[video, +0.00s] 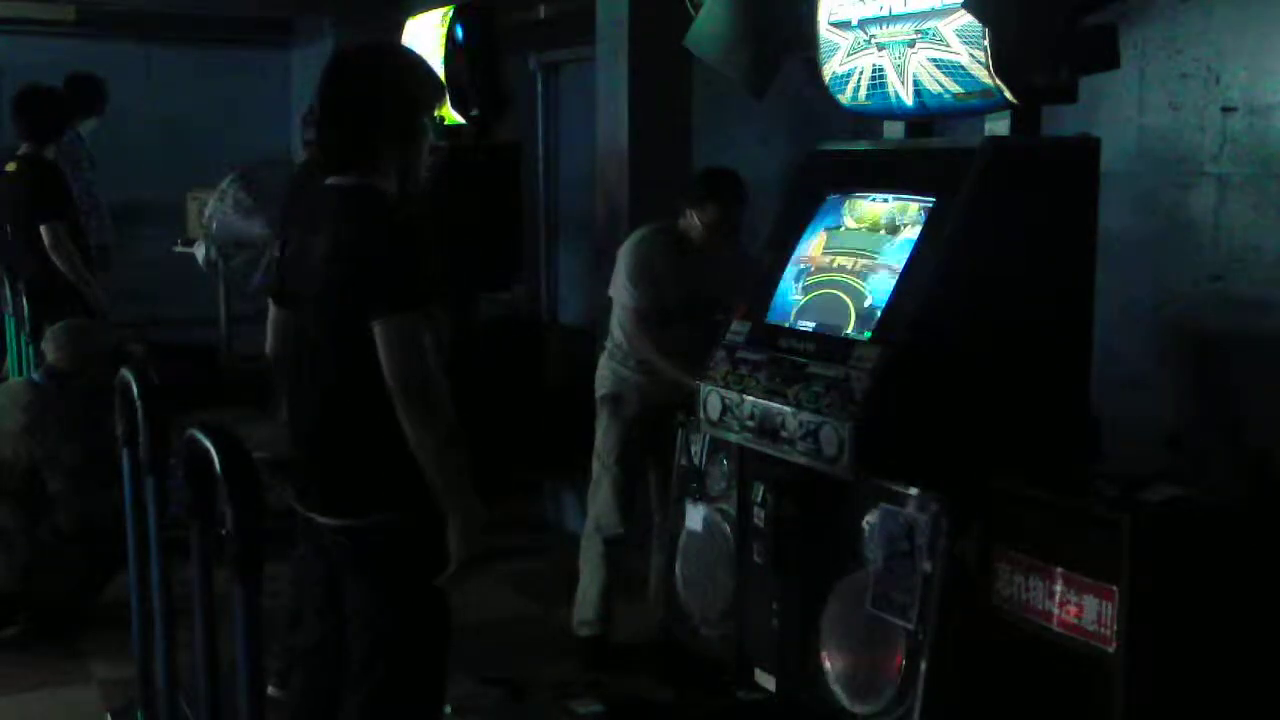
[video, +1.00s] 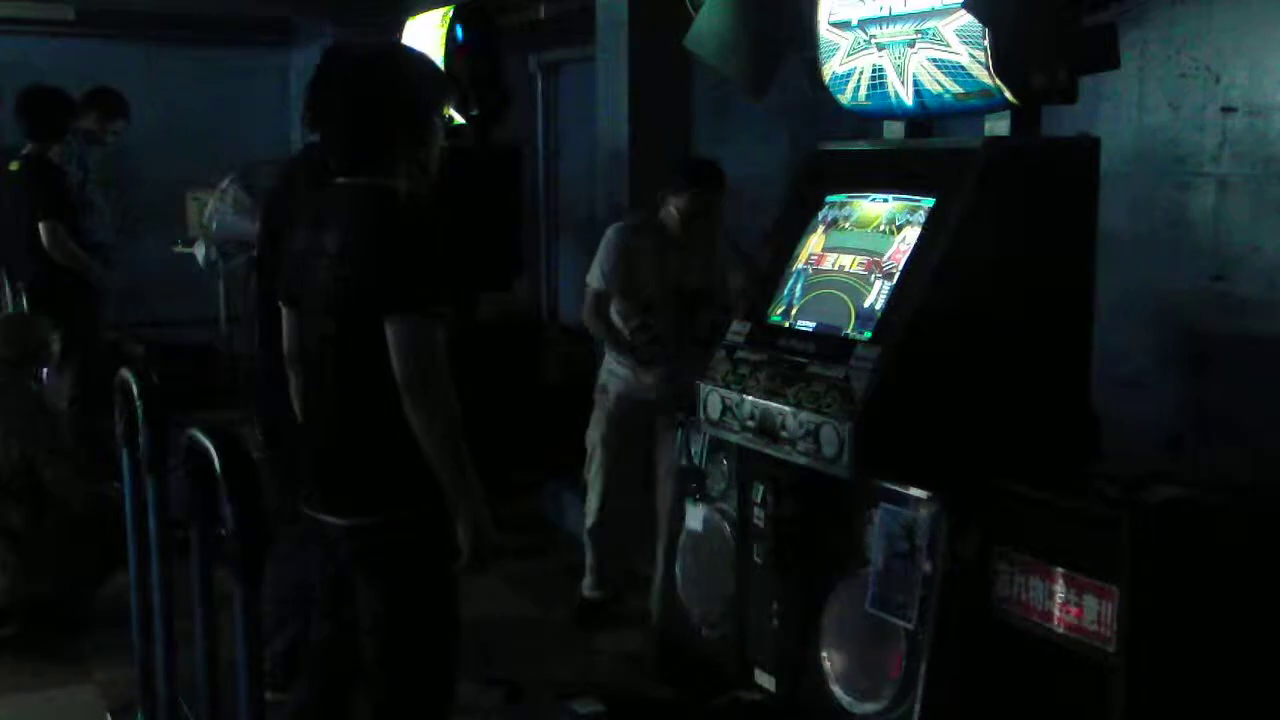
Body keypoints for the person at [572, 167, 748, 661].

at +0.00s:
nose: (720, 233)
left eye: (726, 223)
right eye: (714, 221)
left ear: (732, 221)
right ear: (690, 212)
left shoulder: (720, 258)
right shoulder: (645, 249)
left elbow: (737, 319)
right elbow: (631, 333)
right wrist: (686, 378)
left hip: (680, 389)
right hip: (626, 385)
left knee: (674, 507)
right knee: (612, 507)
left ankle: (667, 623)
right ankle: (591, 625)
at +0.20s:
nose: (721, 234)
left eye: (728, 225)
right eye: (715, 222)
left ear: (733, 223)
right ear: (692, 212)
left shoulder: (720, 260)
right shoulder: (647, 249)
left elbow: (736, 320)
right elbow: (638, 335)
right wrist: (693, 384)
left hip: (680, 390)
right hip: (627, 385)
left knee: (675, 507)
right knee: (612, 507)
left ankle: (666, 623)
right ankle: (591, 624)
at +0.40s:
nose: (721, 231)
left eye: (730, 222)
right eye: (715, 219)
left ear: (737, 223)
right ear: (695, 211)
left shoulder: (724, 260)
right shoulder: (649, 250)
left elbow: (733, 325)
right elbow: (645, 340)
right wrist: (698, 384)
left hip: (681, 394)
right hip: (628, 388)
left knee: (675, 511)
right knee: (612, 511)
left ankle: (666, 624)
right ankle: (591, 625)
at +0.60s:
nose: (724, 228)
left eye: (732, 219)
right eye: (719, 216)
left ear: (738, 221)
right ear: (697, 210)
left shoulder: (724, 259)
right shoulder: (650, 248)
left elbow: (732, 324)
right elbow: (645, 336)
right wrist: (698, 382)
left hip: (682, 396)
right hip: (630, 390)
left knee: (676, 512)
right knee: (612, 511)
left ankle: (664, 625)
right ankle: (589, 622)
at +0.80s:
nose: (711, 223)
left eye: (721, 214)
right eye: (705, 211)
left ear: (731, 214)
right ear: (687, 205)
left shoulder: (727, 255)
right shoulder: (643, 243)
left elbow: (740, 324)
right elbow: (622, 331)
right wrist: (682, 372)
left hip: (689, 393)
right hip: (633, 386)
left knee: (679, 508)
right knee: (608, 503)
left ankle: (667, 617)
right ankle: (587, 608)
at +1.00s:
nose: (693, 217)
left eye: (702, 208)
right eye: (688, 205)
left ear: (712, 208)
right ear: (669, 196)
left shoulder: (711, 246)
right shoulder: (624, 238)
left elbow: (726, 311)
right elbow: (593, 311)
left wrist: (699, 361)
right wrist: (637, 361)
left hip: (681, 386)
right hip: (623, 384)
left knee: (676, 499)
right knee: (606, 495)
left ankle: (668, 605)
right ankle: (597, 592)